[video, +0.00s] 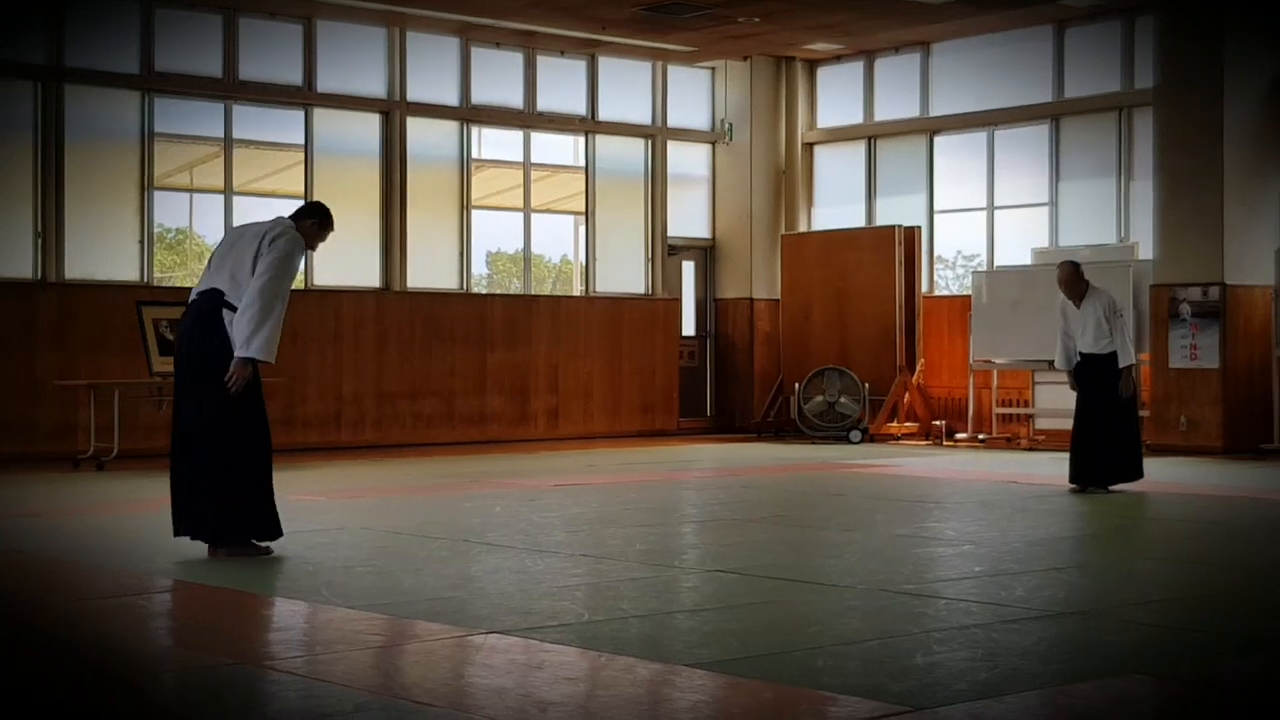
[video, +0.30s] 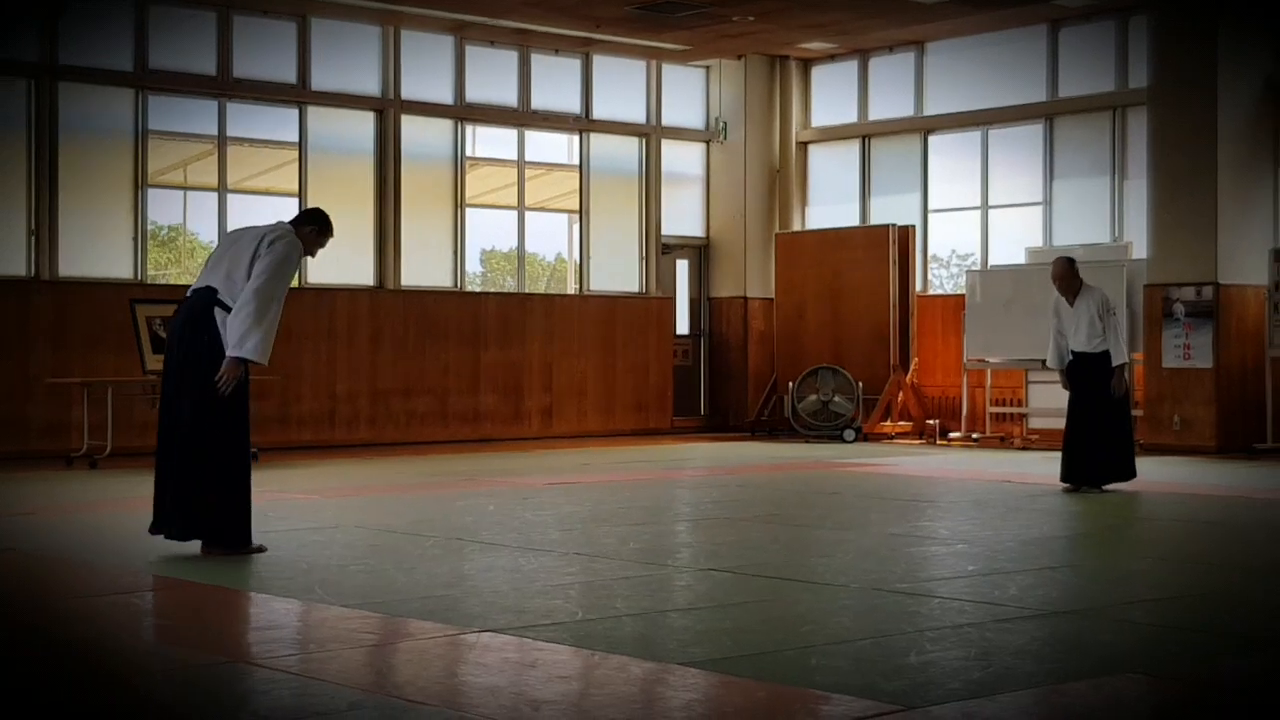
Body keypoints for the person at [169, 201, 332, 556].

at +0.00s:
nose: (316, 246)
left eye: (320, 241)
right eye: (319, 238)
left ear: (296, 216)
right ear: (310, 224)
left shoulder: (243, 232)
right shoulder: (288, 237)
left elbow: (213, 281)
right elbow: (263, 291)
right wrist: (245, 353)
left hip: (196, 326)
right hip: (222, 328)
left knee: (209, 430)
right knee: (238, 432)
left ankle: (218, 533)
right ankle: (232, 536)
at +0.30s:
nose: (315, 253)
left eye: (320, 247)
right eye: (319, 245)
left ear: (299, 223)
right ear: (311, 231)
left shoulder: (245, 235)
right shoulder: (287, 242)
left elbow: (212, 282)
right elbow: (258, 292)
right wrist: (238, 352)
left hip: (189, 325)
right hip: (216, 329)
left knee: (196, 430)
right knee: (226, 434)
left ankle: (206, 529)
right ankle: (226, 537)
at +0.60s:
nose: (317, 249)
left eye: (323, 243)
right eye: (322, 240)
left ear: (300, 219)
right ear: (312, 227)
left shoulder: (247, 233)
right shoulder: (289, 239)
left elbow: (214, 281)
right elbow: (261, 291)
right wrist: (240, 352)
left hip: (191, 323)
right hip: (218, 328)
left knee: (200, 428)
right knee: (229, 432)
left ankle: (203, 525)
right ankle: (228, 535)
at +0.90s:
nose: (314, 218)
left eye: (316, 211)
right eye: (315, 210)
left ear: (285, 197)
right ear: (303, 201)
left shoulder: (240, 222)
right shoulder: (287, 227)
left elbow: (214, 279)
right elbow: (268, 286)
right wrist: (254, 348)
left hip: (200, 325)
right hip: (229, 328)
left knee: (213, 429)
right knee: (240, 431)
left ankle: (217, 530)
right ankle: (233, 533)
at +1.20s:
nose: (297, 181)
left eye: (296, 174)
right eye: (294, 174)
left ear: (259, 175)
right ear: (282, 176)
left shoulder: (227, 214)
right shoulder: (276, 215)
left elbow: (218, 274)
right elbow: (273, 280)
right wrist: (273, 342)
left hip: (216, 325)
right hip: (248, 328)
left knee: (219, 425)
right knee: (250, 428)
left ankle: (217, 527)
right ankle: (238, 531)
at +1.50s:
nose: (290, 176)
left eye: (289, 169)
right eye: (287, 169)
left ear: (252, 173)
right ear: (277, 173)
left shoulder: (226, 217)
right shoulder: (273, 216)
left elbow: (223, 278)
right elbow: (274, 284)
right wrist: (280, 343)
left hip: (226, 328)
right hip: (258, 331)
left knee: (227, 427)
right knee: (256, 429)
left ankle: (221, 527)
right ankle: (244, 531)